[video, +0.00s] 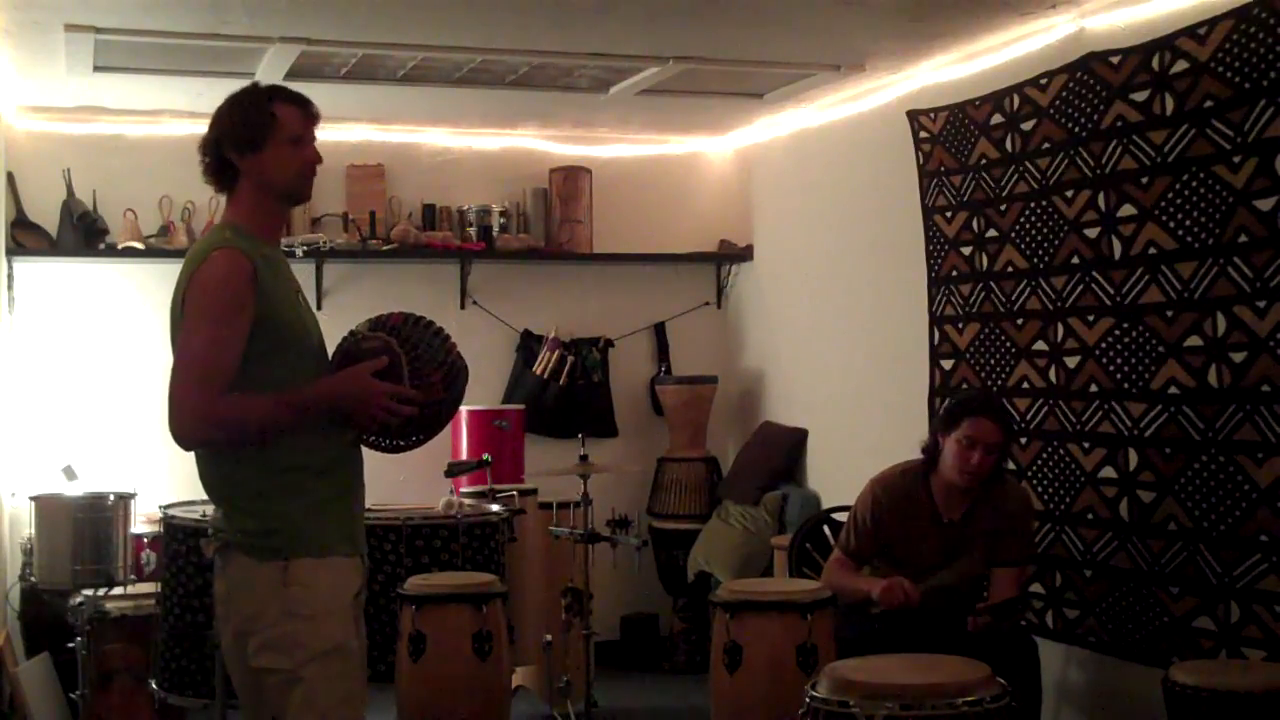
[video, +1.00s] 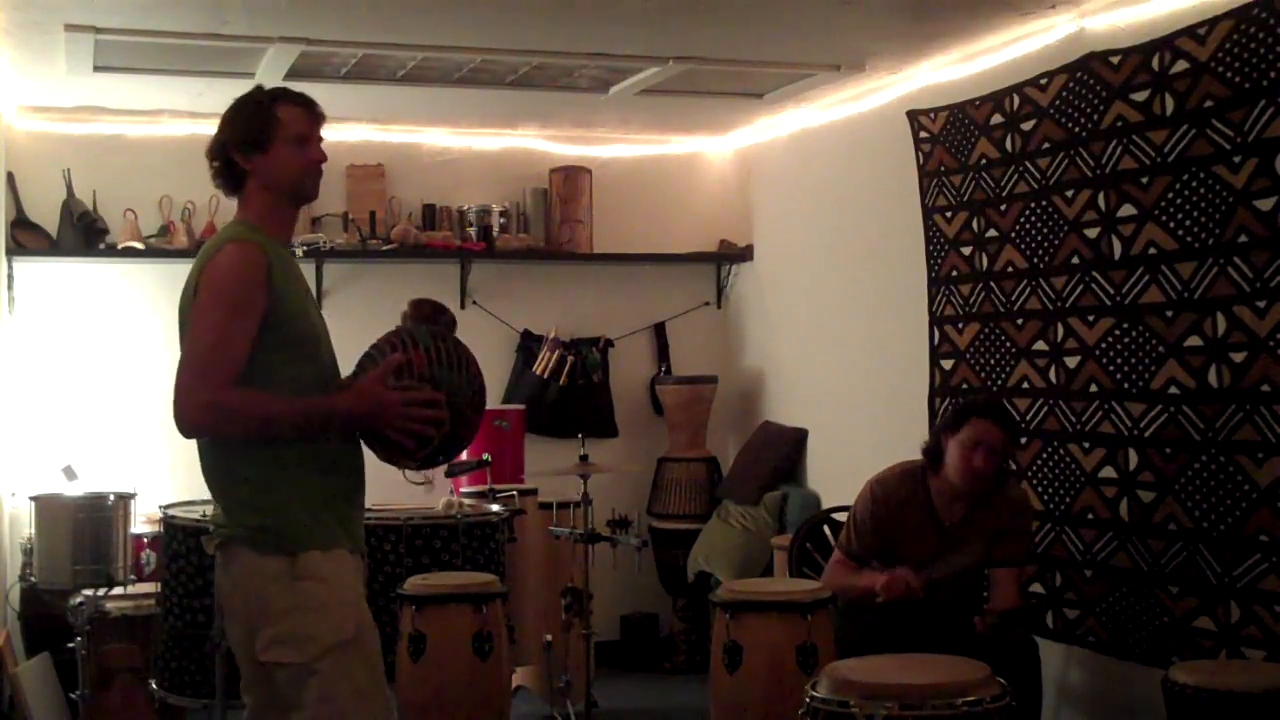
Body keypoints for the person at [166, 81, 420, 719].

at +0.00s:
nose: (316, 154)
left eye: (314, 140)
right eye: (298, 142)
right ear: (247, 154)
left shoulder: (261, 261)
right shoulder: (227, 263)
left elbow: (260, 398)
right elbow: (193, 417)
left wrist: (350, 381)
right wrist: (330, 397)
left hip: (309, 561)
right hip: (284, 567)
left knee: (318, 705)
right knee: (306, 707)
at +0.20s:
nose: (312, 160)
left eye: (310, 145)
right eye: (294, 146)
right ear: (241, 156)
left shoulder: (260, 261)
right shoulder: (224, 263)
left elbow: (258, 398)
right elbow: (195, 416)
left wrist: (348, 379)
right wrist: (331, 393)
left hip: (307, 560)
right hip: (281, 566)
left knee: (315, 705)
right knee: (300, 707)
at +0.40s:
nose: (315, 158)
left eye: (313, 144)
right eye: (297, 145)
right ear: (244, 157)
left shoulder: (263, 261)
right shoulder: (225, 261)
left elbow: (261, 398)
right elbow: (189, 412)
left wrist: (354, 388)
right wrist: (330, 392)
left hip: (310, 557)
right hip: (281, 563)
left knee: (320, 704)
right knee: (302, 707)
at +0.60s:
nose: (317, 160)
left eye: (316, 146)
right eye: (300, 146)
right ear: (247, 157)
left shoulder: (264, 261)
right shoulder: (227, 260)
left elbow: (262, 397)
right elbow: (190, 411)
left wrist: (355, 381)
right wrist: (333, 393)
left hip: (308, 558)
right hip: (282, 563)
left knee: (314, 705)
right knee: (304, 707)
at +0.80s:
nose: (323, 166)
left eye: (323, 152)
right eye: (307, 151)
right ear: (254, 159)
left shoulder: (259, 261)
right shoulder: (229, 261)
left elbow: (258, 399)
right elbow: (196, 410)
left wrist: (358, 382)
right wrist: (343, 386)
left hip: (306, 560)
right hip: (287, 566)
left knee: (316, 707)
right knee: (313, 708)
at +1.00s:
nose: (322, 155)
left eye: (320, 141)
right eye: (304, 142)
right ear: (250, 156)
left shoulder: (270, 259)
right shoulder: (240, 258)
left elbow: (275, 403)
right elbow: (196, 407)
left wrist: (365, 386)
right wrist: (348, 406)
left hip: (303, 554)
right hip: (288, 561)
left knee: (295, 707)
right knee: (338, 706)